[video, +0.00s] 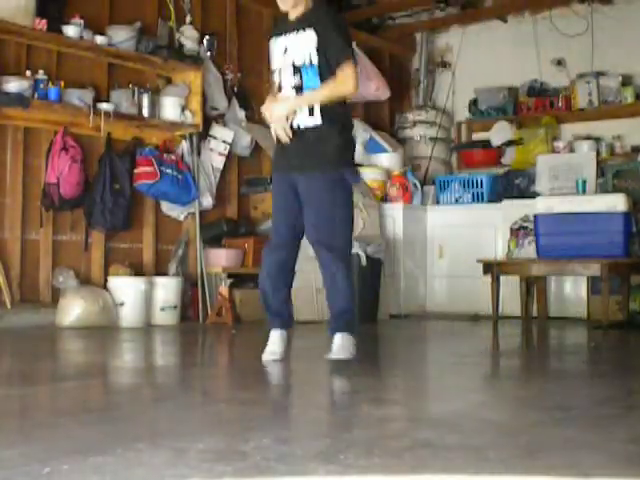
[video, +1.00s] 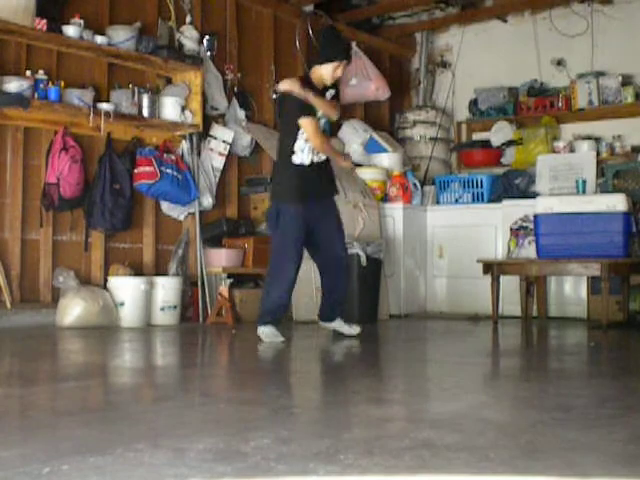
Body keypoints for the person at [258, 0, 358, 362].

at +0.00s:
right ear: (278, 1)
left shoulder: (326, 20)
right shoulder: (278, 29)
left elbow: (348, 83)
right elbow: (280, 84)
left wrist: (293, 102)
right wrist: (272, 107)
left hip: (325, 157)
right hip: (287, 157)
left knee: (330, 247)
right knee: (280, 246)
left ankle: (343, 331)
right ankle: (278, 326)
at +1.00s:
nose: (341, 71)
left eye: (343, 66)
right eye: (340, 65)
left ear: (333, 64)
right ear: (326, 62)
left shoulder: (327, 90)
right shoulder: (295, 92)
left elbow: (335, 114)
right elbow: (314, 138)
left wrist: (303, 93)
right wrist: (338, 157)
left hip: (320, 191)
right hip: (290, 193)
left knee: (334, 257)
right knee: (285, 261)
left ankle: (329, 316)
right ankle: (267, 322)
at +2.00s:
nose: (367, 59)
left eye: (368, 52)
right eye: (363, 52)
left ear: (364, 53)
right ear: (346, 51)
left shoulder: (357, 92)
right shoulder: (325, 78)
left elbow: (348, 137)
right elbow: (301, 119)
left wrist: (351, 166)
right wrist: (334, 157)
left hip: (342, 179)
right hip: (318, 175)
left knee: (349, 249)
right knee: (333, 235)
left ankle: (323, 323)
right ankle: (271, 266)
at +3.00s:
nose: (344, 65)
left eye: (349, 59)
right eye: (338, 58)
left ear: (354, 63)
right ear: (324, 58)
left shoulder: (367, 95)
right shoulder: (304, 95)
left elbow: (410, 117)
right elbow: (283, 135)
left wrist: (405, 161)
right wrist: (268, 179)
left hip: (356, 187)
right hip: (320, 188)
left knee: (353, 249)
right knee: (324, 253)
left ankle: (350, 308)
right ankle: (320, 321)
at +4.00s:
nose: (382, 72)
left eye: (387, 68)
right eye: (382, 65)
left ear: (386, 64)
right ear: (369, 55)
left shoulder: (384, 91)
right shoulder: (325, 79)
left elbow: (394, 135)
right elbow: (283, 105)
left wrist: (392, 87)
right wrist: (276, 141)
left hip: (352, 194)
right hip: (312, 190)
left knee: (344, 267)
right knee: (299, 262)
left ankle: (347, 335)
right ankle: (301, 334)